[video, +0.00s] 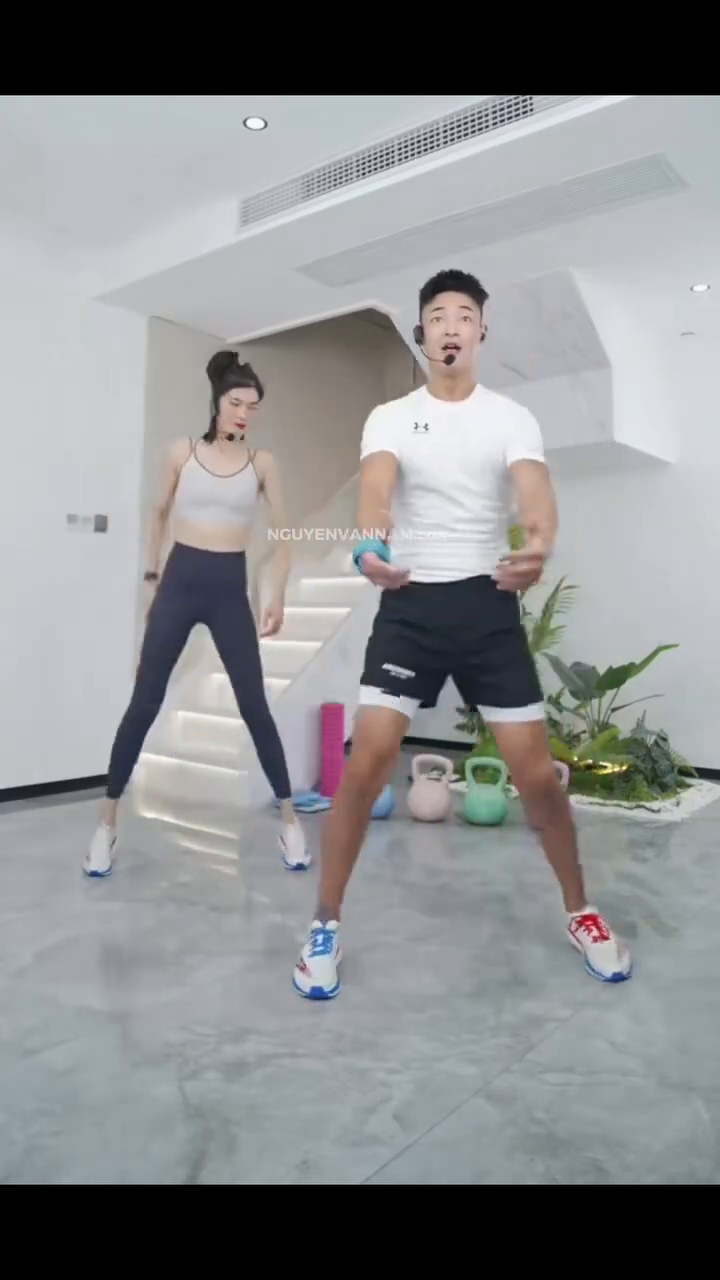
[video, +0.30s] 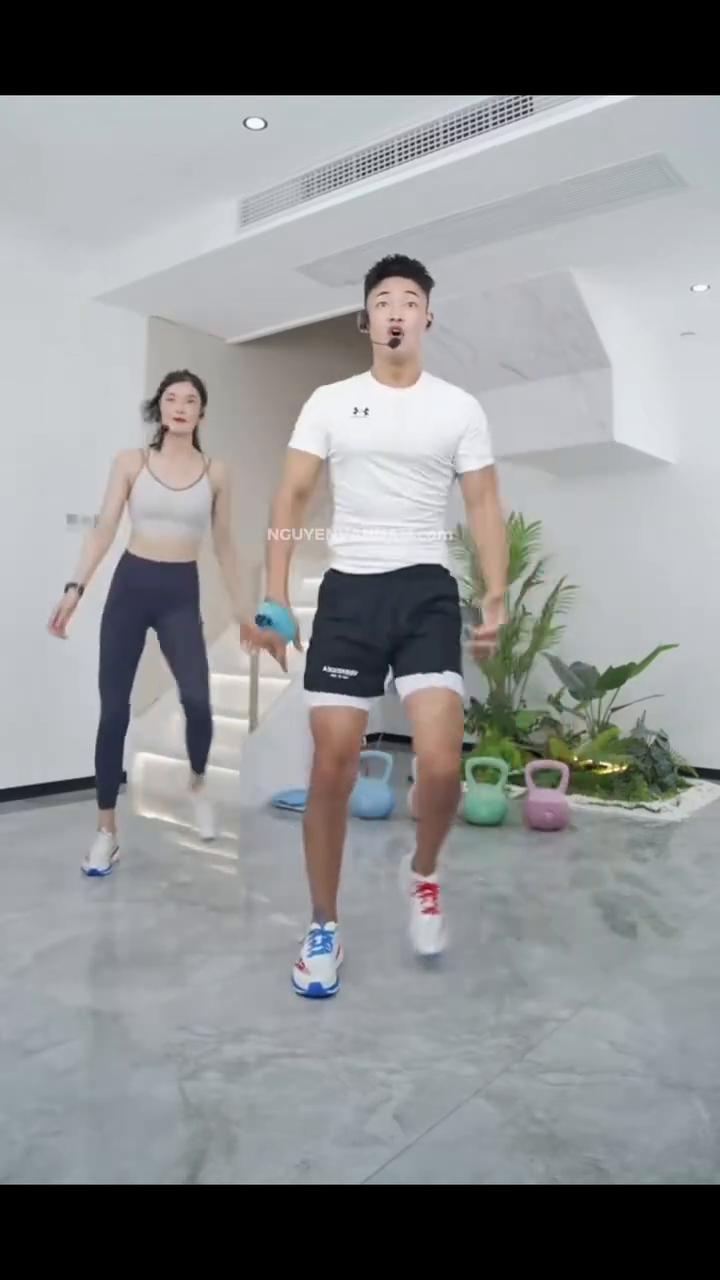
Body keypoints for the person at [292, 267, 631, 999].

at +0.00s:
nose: (449, 329)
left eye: (462, 318)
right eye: (437, 318)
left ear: (483, 331)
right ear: (420, 334)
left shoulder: (513, 420)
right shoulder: (390, 419)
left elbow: (539, 511)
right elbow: (374, 495)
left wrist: (534, 552)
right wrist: (373, 544)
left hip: (490, 610)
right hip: (408, 609)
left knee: (540, 779)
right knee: (368, 762)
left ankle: (580, 914)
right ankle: (324, 926)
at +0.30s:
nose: (396, 313)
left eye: (410, 303)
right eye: (383, 303)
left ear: (429, 320)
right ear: (366, 321)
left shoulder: (459, 409)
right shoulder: (329, 403)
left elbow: (485, 506)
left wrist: (496, 592)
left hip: (429, 592)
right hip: (348, 594)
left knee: (442, 766)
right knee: (334, 757)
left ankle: (424, 876)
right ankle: (322, 929)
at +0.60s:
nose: (382, 311)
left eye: (395, 300)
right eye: (370, 301)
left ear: (415, 314)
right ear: (353, 317)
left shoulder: (455, 406)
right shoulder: (320, 409)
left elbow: (479, 507)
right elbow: (303, 514)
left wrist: (470, 591)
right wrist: (321, 586)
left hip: (433, 596)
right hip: (349, 597)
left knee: (443, 775)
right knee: (334, 760)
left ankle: (409, 885)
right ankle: (321, 928)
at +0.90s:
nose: (439, 312)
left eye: (453, 301)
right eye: (427, 302)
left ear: (473, 316)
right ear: (410, 320)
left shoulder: (514, 405)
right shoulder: (377, 410)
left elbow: (539, 502)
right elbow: (360, 514)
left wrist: (537, 575)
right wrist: (366, 553)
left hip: (496, 599)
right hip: (410, 604)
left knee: (531, 774)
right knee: (371, 768)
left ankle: (561, 927)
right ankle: (328, 927)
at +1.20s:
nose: (498, 314)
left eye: (511, 302)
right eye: (485, 303)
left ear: (530, 315)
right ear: (467, 320)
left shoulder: (570, 406)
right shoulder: (436, 412)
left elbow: (597, 501)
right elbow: (418, 516)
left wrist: (589, 575)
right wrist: (430, 564)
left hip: (547, 600)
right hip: (465, 599)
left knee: (553, 776)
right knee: (439, 759)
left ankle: (563, 928)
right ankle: (461, 885)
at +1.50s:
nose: (499, 316)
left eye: (512, 305)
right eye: (486, 306)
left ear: (531, 318)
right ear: (468, 322)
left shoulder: (568, 409)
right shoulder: (436, 411)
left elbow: (592, 507)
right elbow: (416, 513)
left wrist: (577, 582)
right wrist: (423, 552)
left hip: (541, 602)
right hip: (459, 601)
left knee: (551, 777)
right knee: (425, 768)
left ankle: (563, 927)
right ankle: (440, 888)